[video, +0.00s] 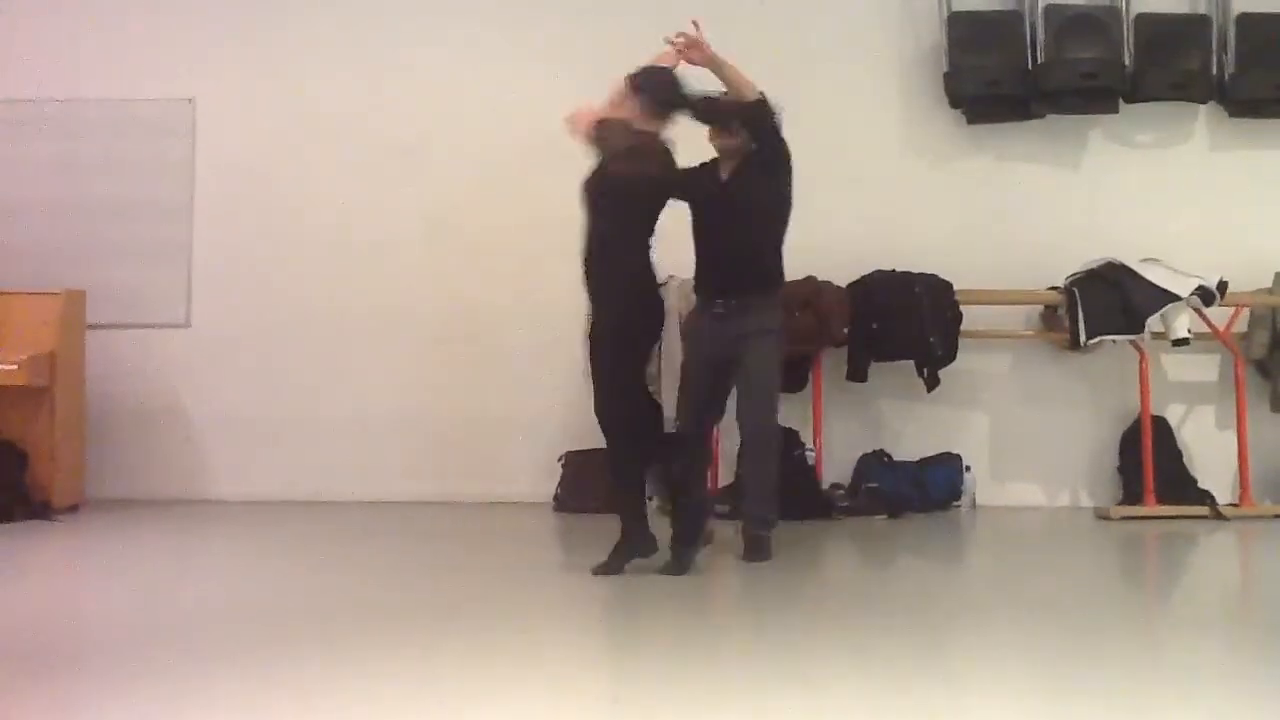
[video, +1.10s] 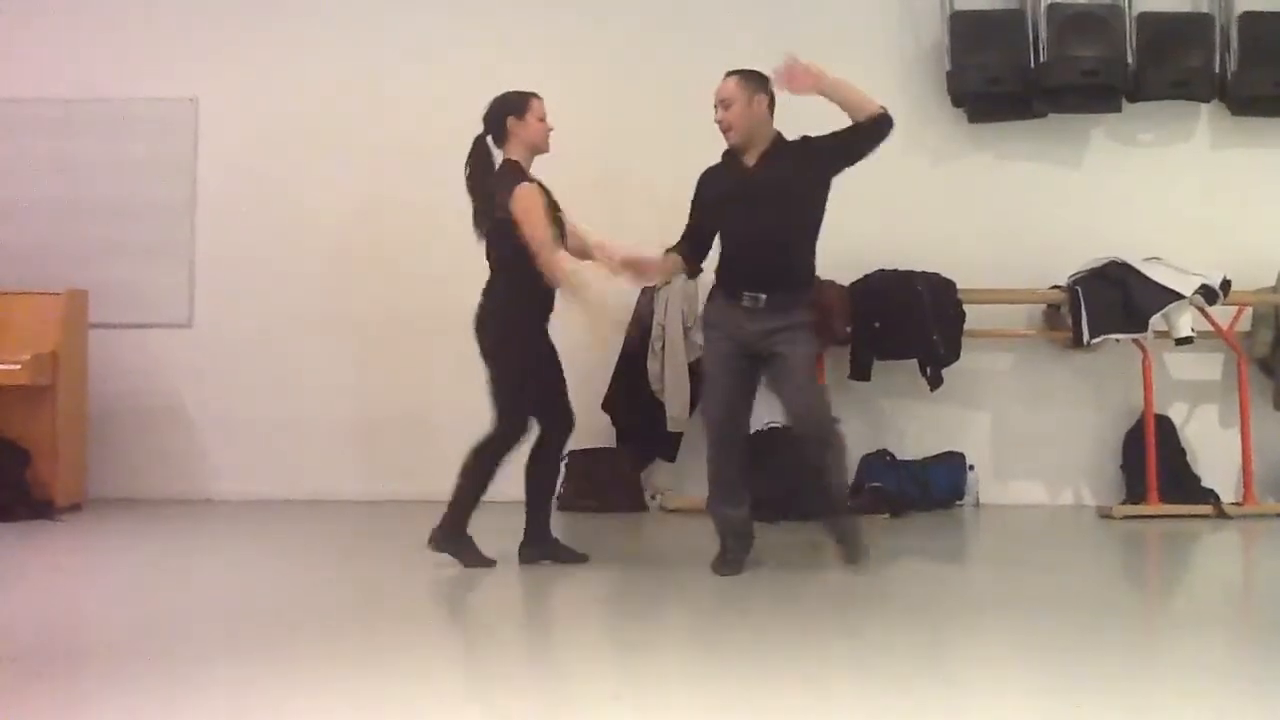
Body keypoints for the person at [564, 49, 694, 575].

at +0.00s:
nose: (616, 98)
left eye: (623, 93)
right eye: (622, 91)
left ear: (635, 103)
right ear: (666, 108)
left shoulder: (630, 156)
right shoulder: (651, 153)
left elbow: (584, 124)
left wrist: (612, 117)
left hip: (622, 304)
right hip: (631, 299)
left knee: (617, 411)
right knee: (631, 404)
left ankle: (634, 529)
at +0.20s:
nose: (624, 107)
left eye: (622, 100)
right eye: (622, 99)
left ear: (575, 104)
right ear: (613, 103)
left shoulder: (553, 150)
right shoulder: (633, 157)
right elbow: (667, 145)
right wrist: (675, 79)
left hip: (572, 302)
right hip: (627, 302)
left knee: (571, 413)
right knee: (626, 410)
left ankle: (572, 522)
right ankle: (622, 533)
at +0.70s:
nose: (571, 121)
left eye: (567, 113)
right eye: (562, 113)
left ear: (535, 122)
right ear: (537, 122)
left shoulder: (527, 172)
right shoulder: (551, 169)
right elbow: (638, 132)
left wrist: (618, 137)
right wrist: (678, 74)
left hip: (533, 318)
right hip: (547, 323)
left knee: (547, 425)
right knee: (604, 414)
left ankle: (537, 533)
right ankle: (546, 529)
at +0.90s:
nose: (558, 124)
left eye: (555, 115)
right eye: (550, 116)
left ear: (522, 126)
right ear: (524, 123)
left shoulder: (514, 174)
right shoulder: (541, 176)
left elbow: (587, 186)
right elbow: (619, 179)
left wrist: (616, 177)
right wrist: (659, 120)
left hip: (521, 315)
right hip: (536, 321)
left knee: (547, 427)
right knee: (565, 428)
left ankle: (534, 537)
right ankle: (484, 505)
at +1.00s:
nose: (554, 125)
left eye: (551, 117)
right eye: (545, 118)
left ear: (515, 128)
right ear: (517, 127)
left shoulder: (507, 179)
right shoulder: (542, 184)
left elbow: (571, 216)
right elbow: (595, 218)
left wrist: (616, 220)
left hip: (512, 320)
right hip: (534, 325)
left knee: (544, 429)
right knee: (547, 431)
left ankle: (537, 538)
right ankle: (472, 515)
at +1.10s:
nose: (549, 126)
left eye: (546, 118)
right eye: (541, 119)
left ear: (513, 128)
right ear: (514, 127)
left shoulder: (509, 185)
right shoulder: (525, 191)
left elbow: (576, 241)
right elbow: (547, 258)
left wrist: (622, 261)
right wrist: (590, 297)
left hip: (505, 319)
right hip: (517, 322)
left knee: (513, 424)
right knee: (555, 422)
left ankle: (452, 528)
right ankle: (537, 538)